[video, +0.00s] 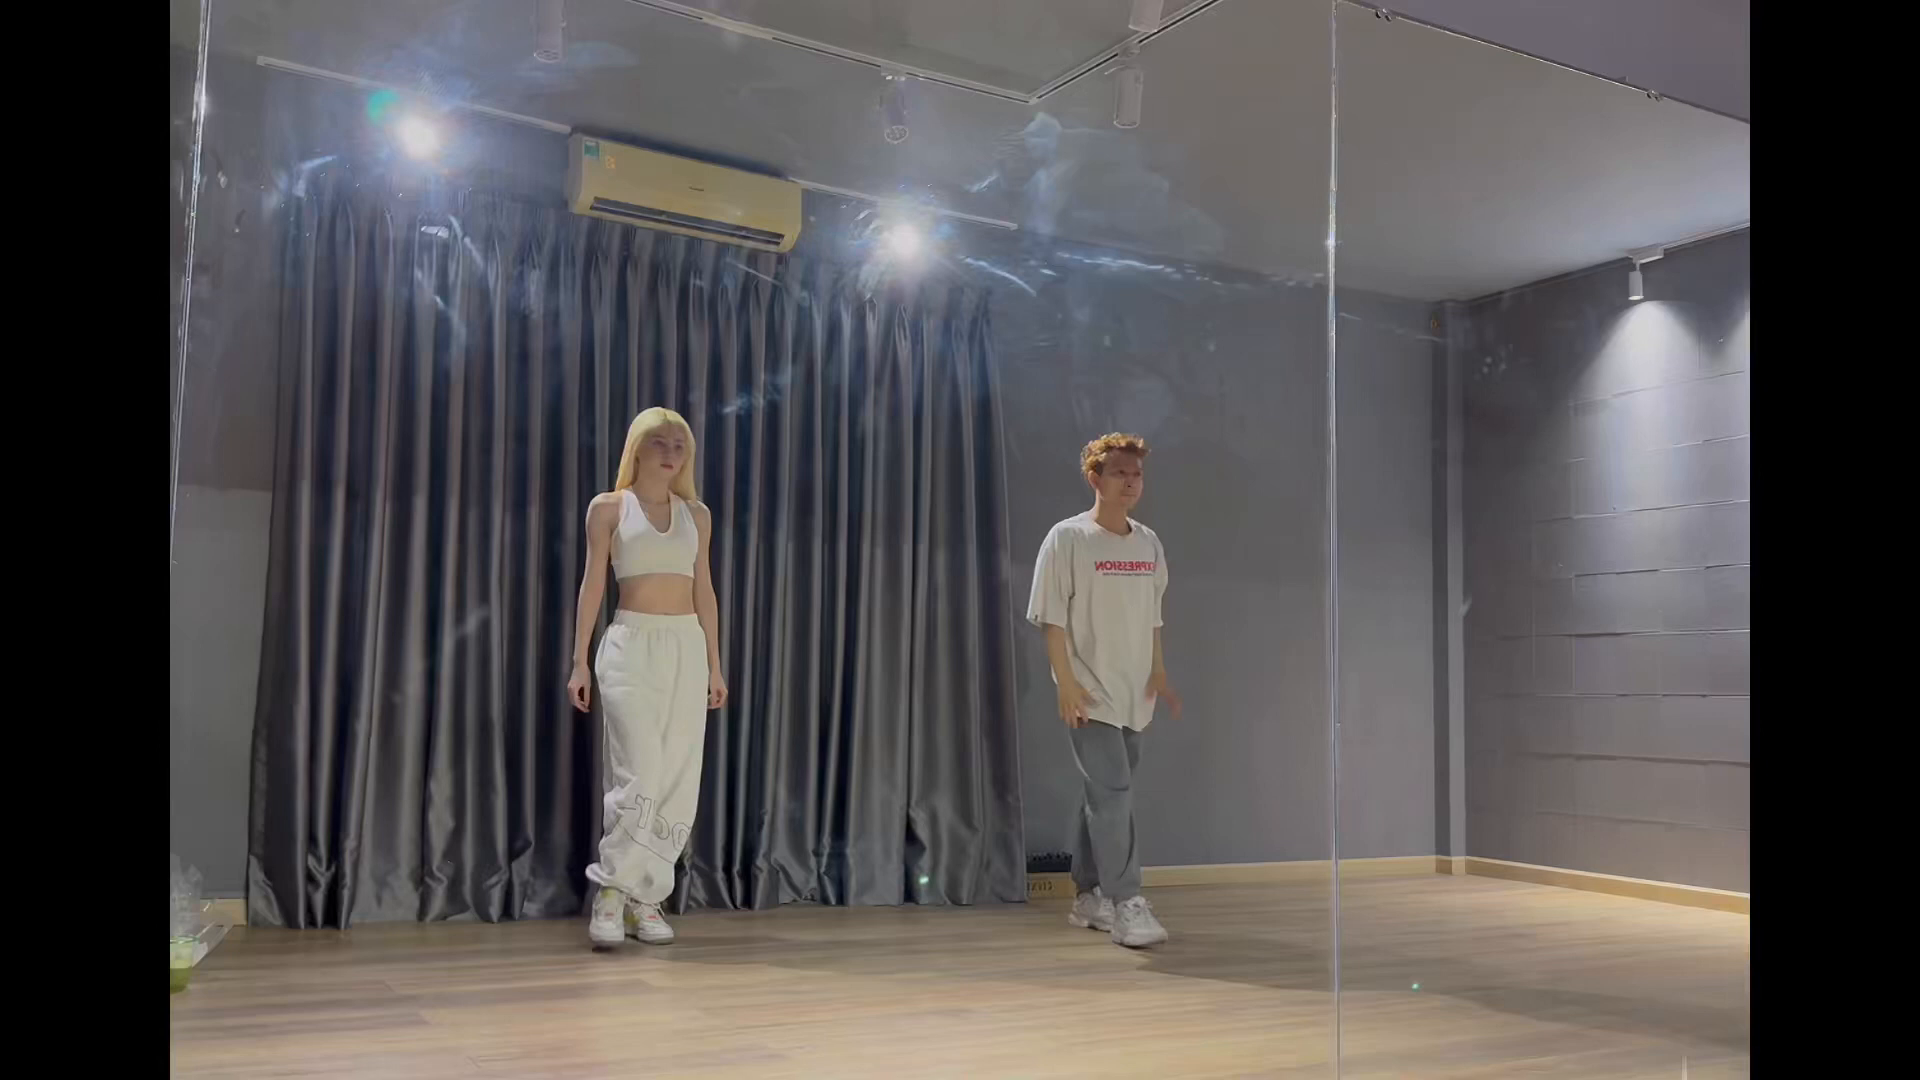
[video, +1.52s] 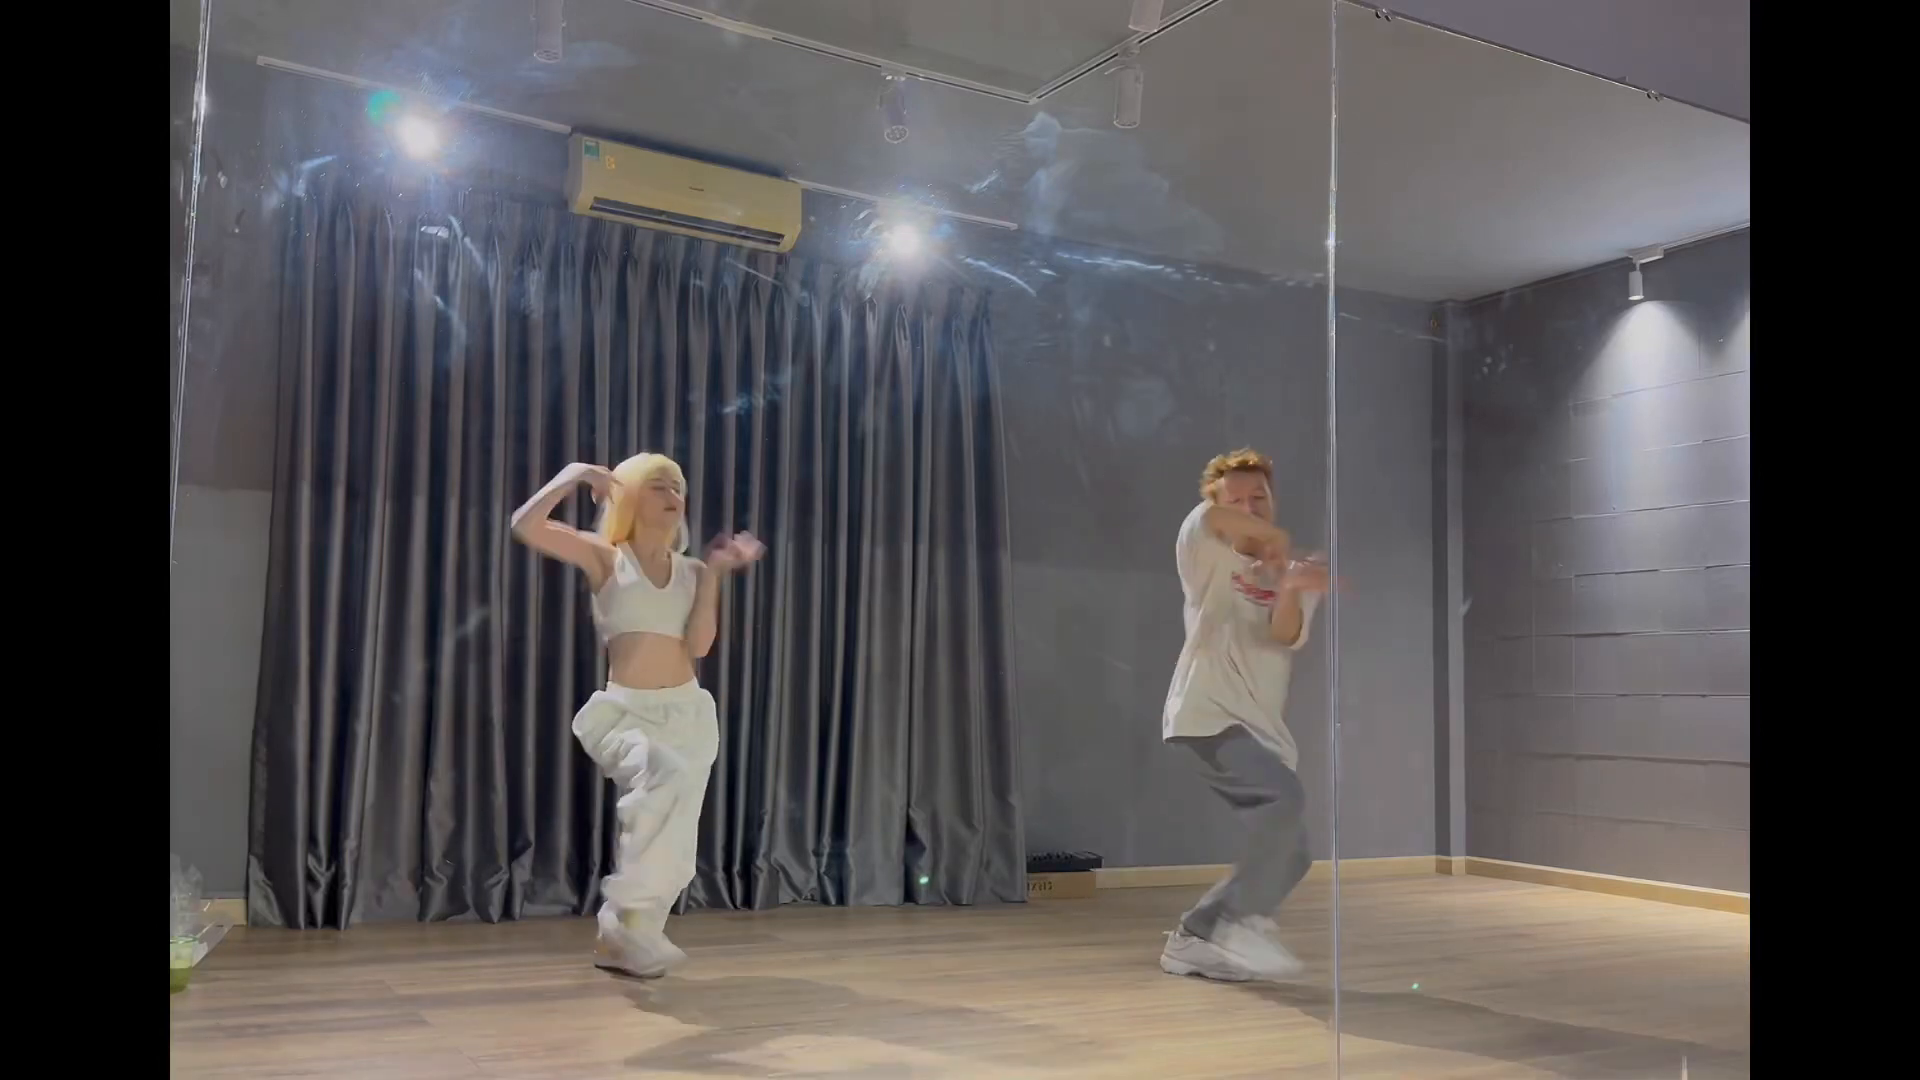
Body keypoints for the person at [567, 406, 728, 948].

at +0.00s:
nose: (669, 451)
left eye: (678, 445)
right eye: (659, 442)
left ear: (688, 456)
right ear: (637, 449)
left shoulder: (697, 515)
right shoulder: (610, 507)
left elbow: (703, 590)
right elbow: (593, 586)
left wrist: (714, 664)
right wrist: (580, 660)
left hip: (688, 654)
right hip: (632, 651)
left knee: (675, 778)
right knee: (637, 777)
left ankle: (645, 901)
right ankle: (610, 896)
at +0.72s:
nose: (641, 464)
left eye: (650, 458)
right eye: (630, 455)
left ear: (659, 469)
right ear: (609, 464)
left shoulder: (670, 506)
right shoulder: (586, 532)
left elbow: (724, 556)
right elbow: (591, 616)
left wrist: (693, 618)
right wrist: (584, 569)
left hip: (663, 664)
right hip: (604, 663)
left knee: (661, 784)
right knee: (604, 783)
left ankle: (647, 887)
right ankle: (607, 899)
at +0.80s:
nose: (644, 481)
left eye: (653, 474)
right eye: (635, 470)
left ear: (660, 484)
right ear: (609, 474)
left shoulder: (666, 525)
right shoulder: (578, 535)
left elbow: (745, 544)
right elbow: (593, 614)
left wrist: (695, 544)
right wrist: (640, 582)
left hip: (666, 675)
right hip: (604, 678)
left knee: (657, 789)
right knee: (601, 799)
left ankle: (636, 907)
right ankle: (604, 905)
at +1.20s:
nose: (662, 530)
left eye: (661, 520)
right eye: (654, 520)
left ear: (638, 525)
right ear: (624, 521)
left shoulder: (644, 592)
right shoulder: (579, 548)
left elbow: (725, 631)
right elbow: (609, 599)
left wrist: (751, 579)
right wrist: (663, 648)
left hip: (685, 706)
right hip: (625, 726)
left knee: (679, 832)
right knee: (622, 839)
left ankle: (625, 937)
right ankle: (611, 926)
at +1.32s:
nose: (669, 522)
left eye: (668, 513)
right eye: (661, 511)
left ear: (637, 517)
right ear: (629, 511)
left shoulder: (657, 587)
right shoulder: (582, 544)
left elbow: (719, 646)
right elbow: (623, 546)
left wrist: (777, 613)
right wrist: (651, 613)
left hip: (686, 706)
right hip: (623, 725)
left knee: (678, 838)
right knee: (600, 873)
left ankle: (621, 937)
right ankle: (587, 899)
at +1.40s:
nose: (678, 514)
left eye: (676, 504)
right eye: (668, 504)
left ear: (650, 516)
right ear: (635, 510)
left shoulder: (667, 585)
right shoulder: (591, 562)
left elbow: (712, 649)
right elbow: (583, 499)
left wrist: (771, 614)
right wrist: (627, 546)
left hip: (685, 713)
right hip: (620, 725)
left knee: (675, 841)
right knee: (619, 839)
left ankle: (621, 937)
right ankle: (578, 898)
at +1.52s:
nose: (673, 494)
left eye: (679, 489)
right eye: (658, 485)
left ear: (685, 506)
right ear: (626, 498)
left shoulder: (694, 572)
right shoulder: (606, 557)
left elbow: (699, 645)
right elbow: (526, 526)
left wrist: (716, 571)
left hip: (687, 716)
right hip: (623, 713)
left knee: (675, 835)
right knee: (664, 772)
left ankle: (630, 940)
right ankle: (621, 918)